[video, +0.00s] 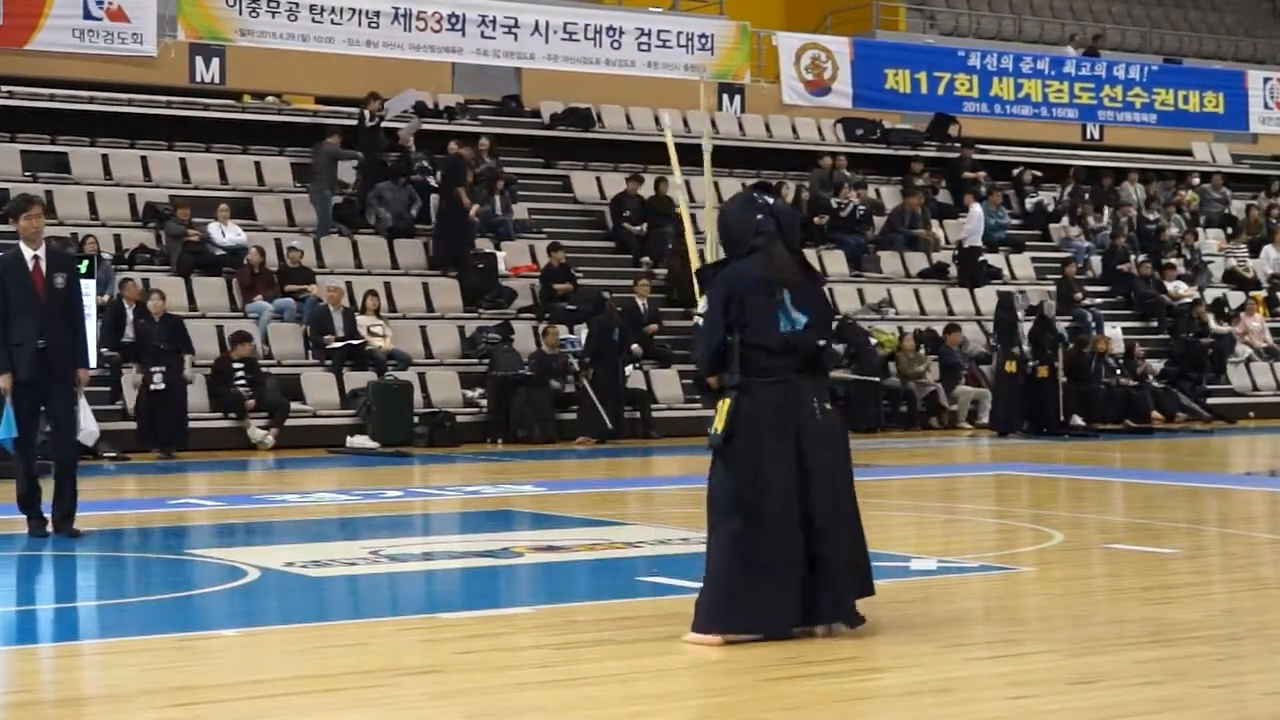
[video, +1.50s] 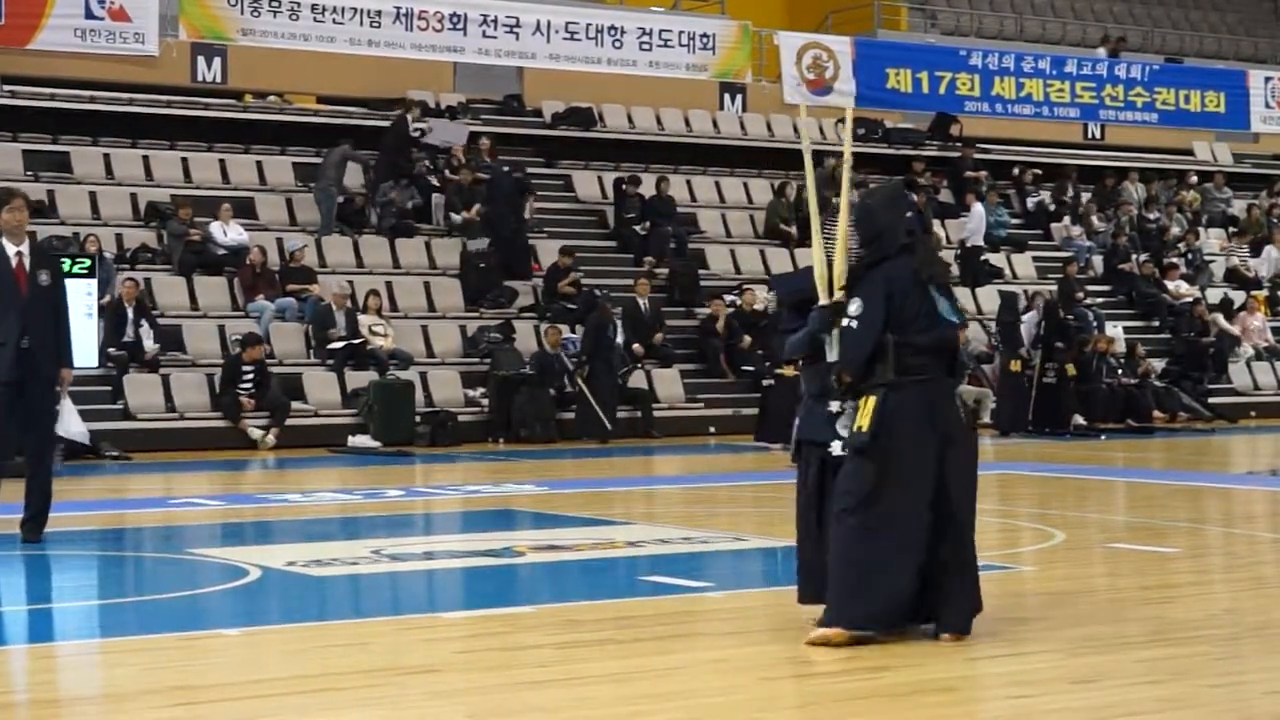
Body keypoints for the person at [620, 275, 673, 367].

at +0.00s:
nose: (646, 289)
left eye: (647, 286)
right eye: (642, 286)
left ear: (650, 288)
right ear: (635, 288)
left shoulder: (652, 305)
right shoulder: (628, 305)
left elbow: (660, 324)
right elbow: (626, 328)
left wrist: (656, 327)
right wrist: (632, 344)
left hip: (649, 345)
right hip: (633, 344)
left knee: (667, 355)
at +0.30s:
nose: (643, 288)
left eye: (646, 285)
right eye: (640, 285)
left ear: (649, 288)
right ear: (634, 288)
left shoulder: (653, 304)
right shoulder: (628, 305)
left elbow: (661, 324)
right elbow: (626, 328)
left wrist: (656, 327)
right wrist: (633, 344)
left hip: (649, 344)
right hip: (632, 344)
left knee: (668, 356)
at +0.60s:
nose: (643, 288)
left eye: (646, 285)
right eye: (640, 285)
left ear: (649, 288)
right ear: (634, 288)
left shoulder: (653, 304)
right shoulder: (628, 305)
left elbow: (661, 324)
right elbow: (626, 328)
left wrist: (656, 327)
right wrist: (633, 344)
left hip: (649, 344)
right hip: (633, 344)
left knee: (668, 356)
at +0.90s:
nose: (644, 288)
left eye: (646, 285)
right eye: (640, 285)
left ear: (649, 288)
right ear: (634, 288)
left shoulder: (653, 304)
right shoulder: (628, 305)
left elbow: (661, 323)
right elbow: (626, 328)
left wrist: (657, 327)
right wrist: (633, 344)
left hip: (649, 344)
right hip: (633, 344)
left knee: (668, 356)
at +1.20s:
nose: (644, 288)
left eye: (646, 285)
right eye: (641, 285)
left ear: (650, 288)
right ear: (635, 288)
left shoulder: (654, 304)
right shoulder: (628, 305)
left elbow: (660, 323)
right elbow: (626, 328)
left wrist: (657, 329)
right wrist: (634, 344)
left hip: (650, 343)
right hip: (634, 343)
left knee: (668, 355)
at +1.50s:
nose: (643, 288)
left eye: (646, 285)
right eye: (640, 285)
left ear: (650, 287)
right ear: (635, 287)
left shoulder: (655, 303)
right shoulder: (628, 304)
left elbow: (662, 323)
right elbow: (627, 328)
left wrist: (661, 333)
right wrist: (634, 343)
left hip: (652, 342)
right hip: (635, 343)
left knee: (669, 355)